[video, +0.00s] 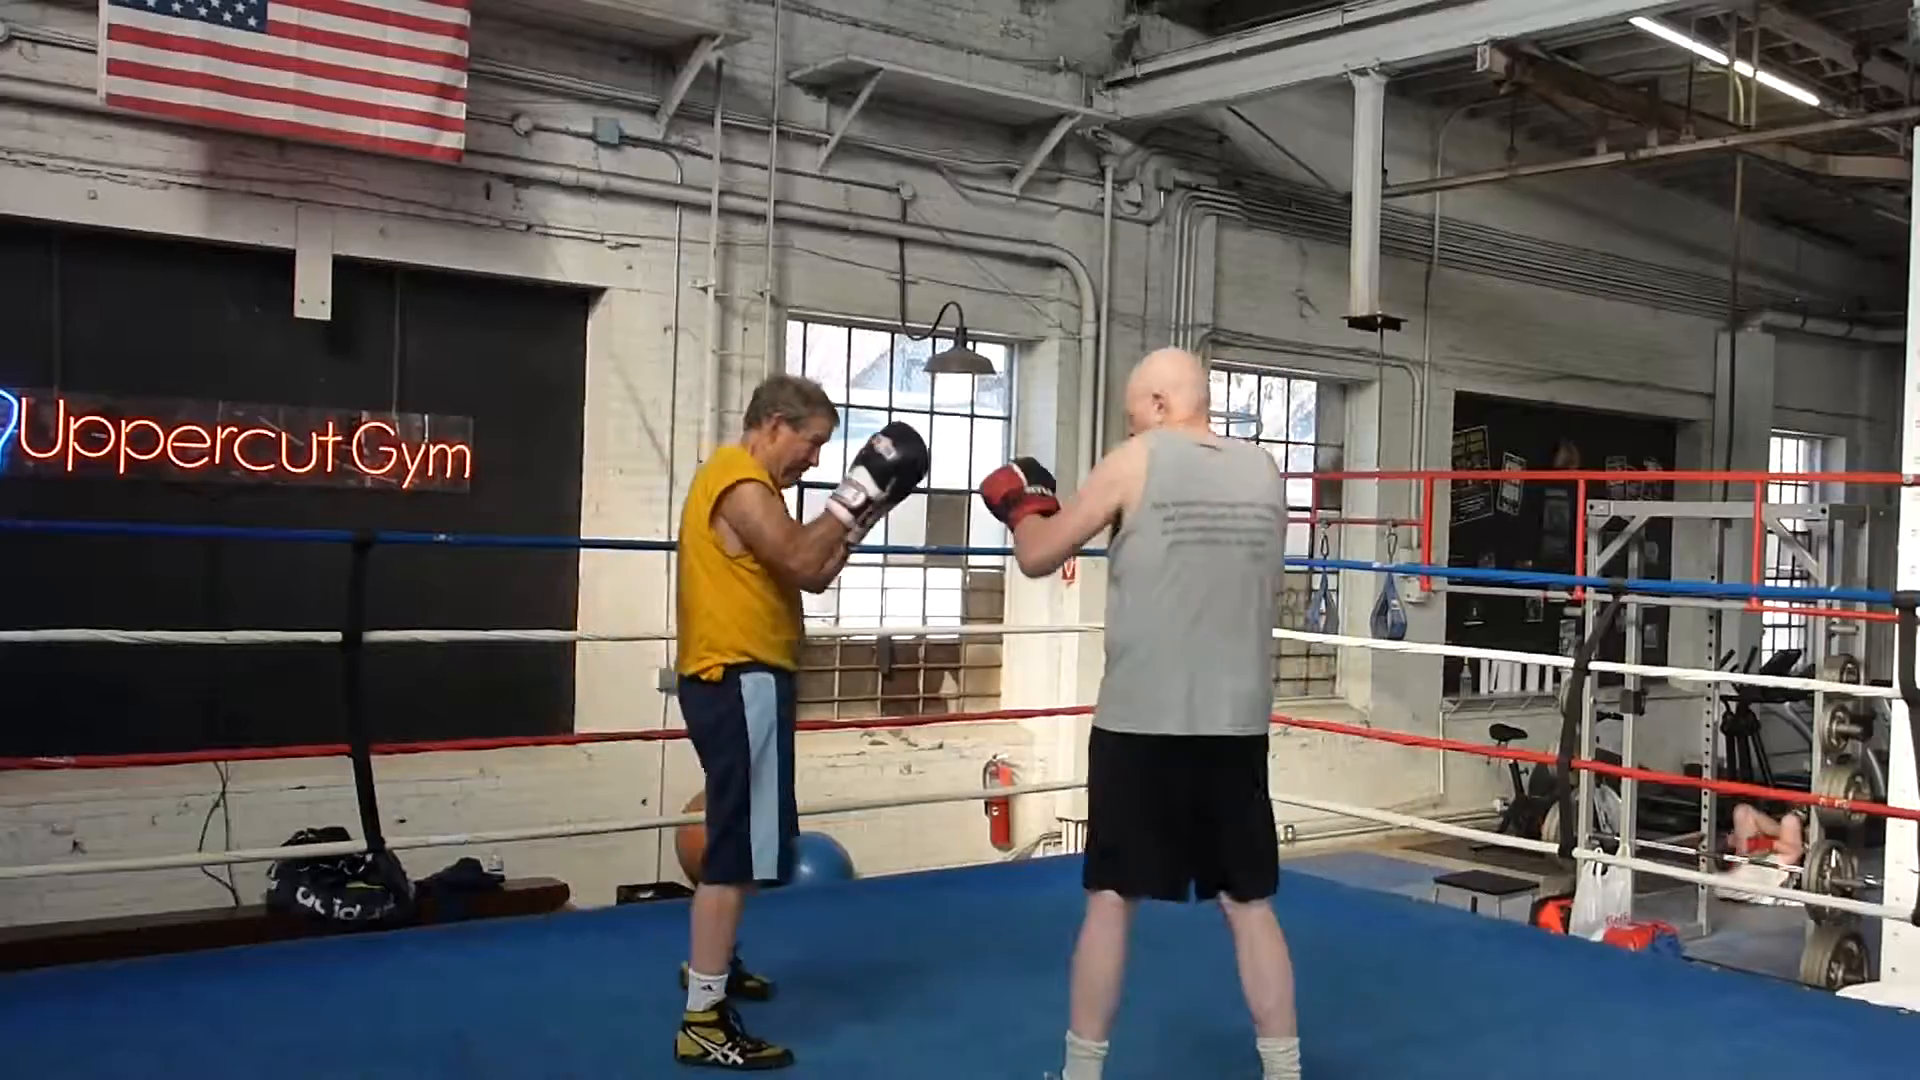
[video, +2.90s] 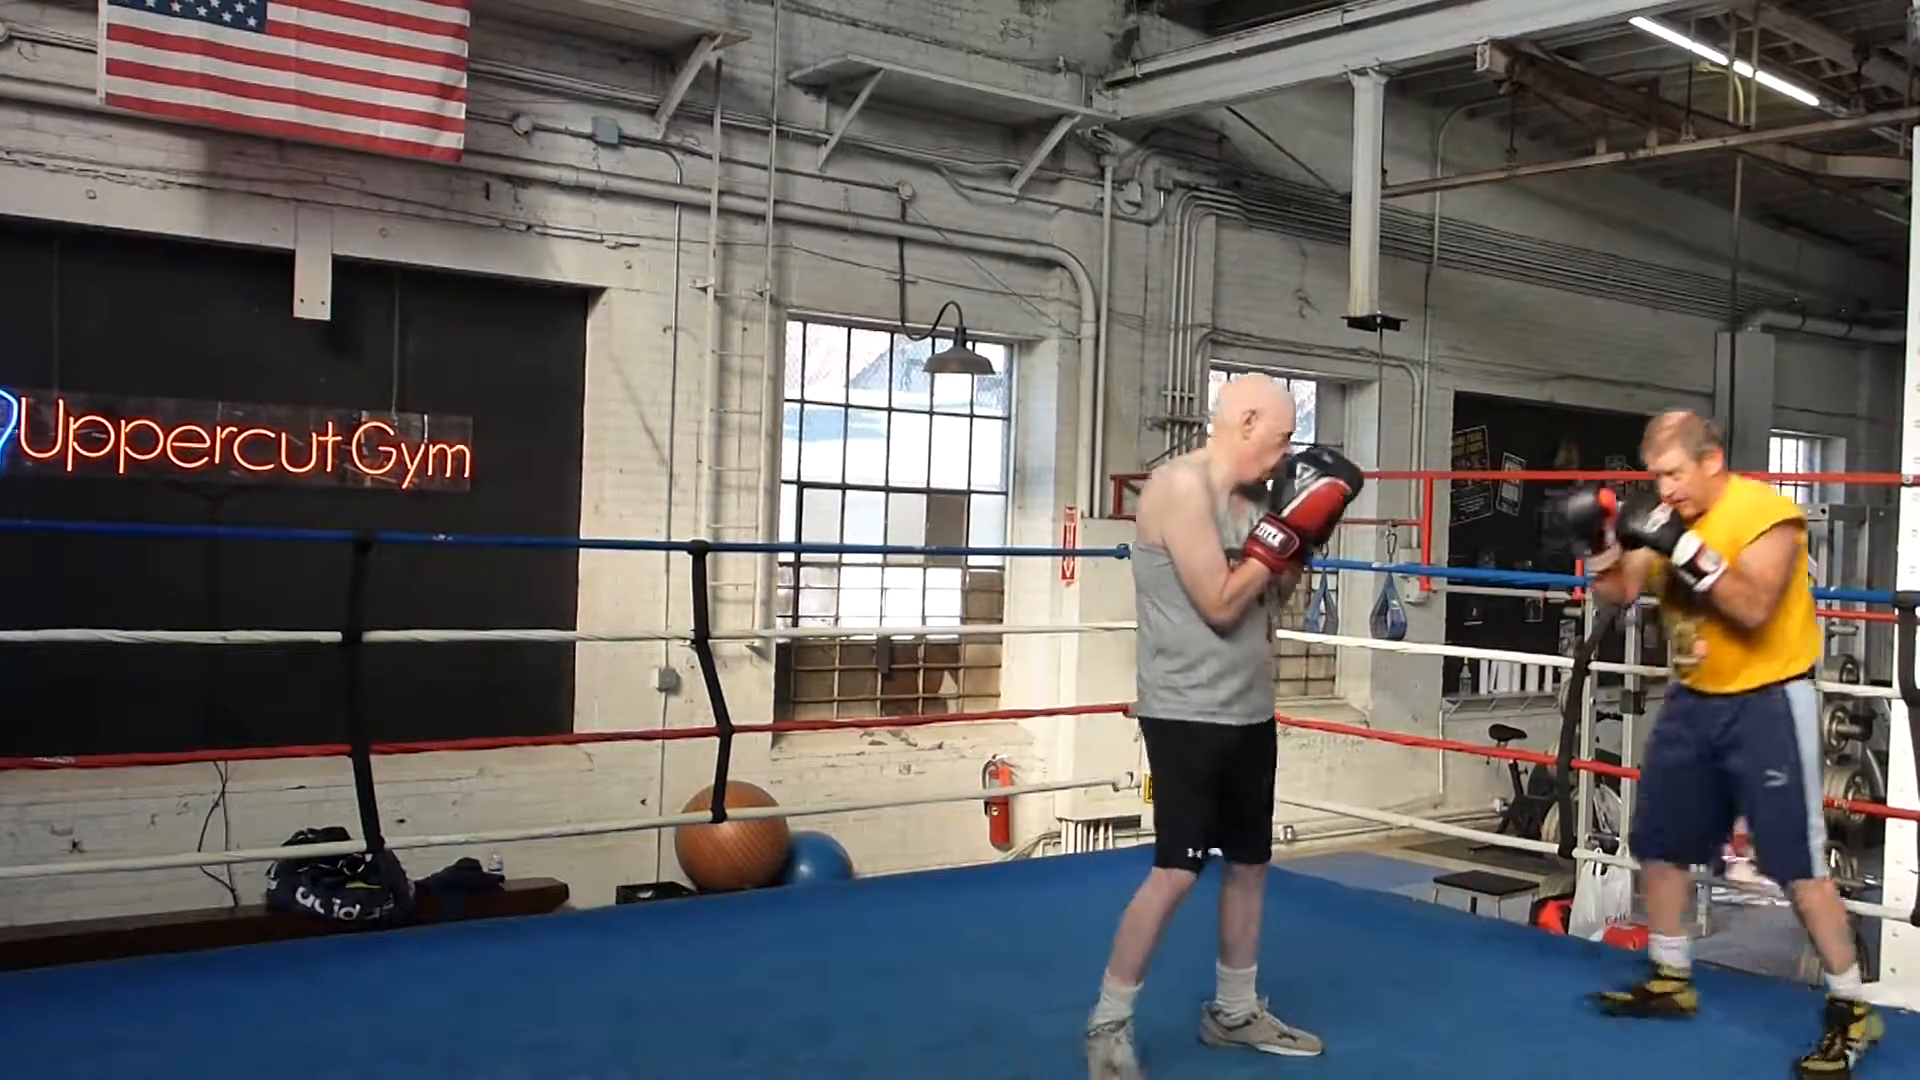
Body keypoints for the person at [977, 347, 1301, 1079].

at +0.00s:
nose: (1130, 425)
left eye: (1131, 413)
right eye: (1128, 415)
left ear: (1158, 403)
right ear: (1204, 403)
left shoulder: (1138, 459)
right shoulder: (1264, 469)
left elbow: (1038, 554)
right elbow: (1207, 559)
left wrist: (1021, 507)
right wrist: (1093, 518)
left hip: (1139, 723)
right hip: (1237, 726)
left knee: (1110, 901)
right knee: (1250, 904)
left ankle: (1081, 1070)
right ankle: (1284, 1071)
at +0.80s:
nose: (1099, 419)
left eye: (1100, 409)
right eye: (1112, 410)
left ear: (1098, 417)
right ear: (1162, 424)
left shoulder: (1061, 465)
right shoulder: (1194, 489)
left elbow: (971, 540)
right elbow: (1184, 612)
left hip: (1042, 725)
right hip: (1142, 735)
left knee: (1005, 891)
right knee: (1183, 913)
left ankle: (963, 1048)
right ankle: (1215, 1072)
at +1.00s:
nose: (1109, 407)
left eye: (1086, 397)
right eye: (1139, 407)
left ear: (1074, 410)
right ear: (1143, 417)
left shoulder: (1028, 468)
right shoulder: (1162, 479)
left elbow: (984, 580)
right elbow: (1161, 616)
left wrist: (1049, 551)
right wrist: (1105, 568)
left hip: (1009, 717)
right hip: (1105, 727)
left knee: (990, 882)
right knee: (1146, 895)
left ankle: (960, 1052)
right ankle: (1125, 1070)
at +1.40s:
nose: (1167, 421)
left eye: (1159, 410)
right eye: (1164, 411)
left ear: (1091, 417)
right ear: (1156, 419)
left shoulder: (1046, 480)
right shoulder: (1181, 487)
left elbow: (1053, 583)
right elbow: (1194, 622)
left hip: (1046, 728)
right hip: (1145, 737)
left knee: (1030, 867)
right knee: (1148, 913)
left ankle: (982, 1038)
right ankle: (1099, 1072)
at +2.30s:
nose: (1211, 449)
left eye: (1214, 436)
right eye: (1211, 432)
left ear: (1157, 415)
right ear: (1188, 418)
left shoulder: (1119, 473)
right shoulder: (1149, 480)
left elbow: (1158, 590)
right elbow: (1178, 603)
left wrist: (1206, 523)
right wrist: (1228, 533)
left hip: (1106, 707)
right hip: (1112, 713)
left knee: (1120, 871)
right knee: (1109, 882)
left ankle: (1094, 1014)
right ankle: (1037, 1050)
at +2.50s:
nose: (1211, 464)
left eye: (1214, 451)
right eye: (1211, 447)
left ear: (1162, 432)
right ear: (1183, 434)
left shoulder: (1123, 496)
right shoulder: (1133, 503)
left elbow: (1163, 602)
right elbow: (1176, 620)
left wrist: (1207, 535)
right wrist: (1229, 543)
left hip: (1156, 720)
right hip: (1130, 727)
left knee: (1225, 827)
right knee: (1138, 893)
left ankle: (1152, 981)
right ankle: (1040, 1053)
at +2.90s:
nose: (1283, 457)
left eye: (1287, 445)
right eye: (1281, 442)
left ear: (1249, 425)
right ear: (1245, 424)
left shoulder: (1238, 497)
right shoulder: (1178, 484)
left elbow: (1263, 602)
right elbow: (1220, 603)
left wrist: (1300, 535)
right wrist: (1282, 536)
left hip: (1248, 712)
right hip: (1186, 713)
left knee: (1249, 861)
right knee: (1178, 868)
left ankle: (1236, 1011)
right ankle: (1108, 1024)